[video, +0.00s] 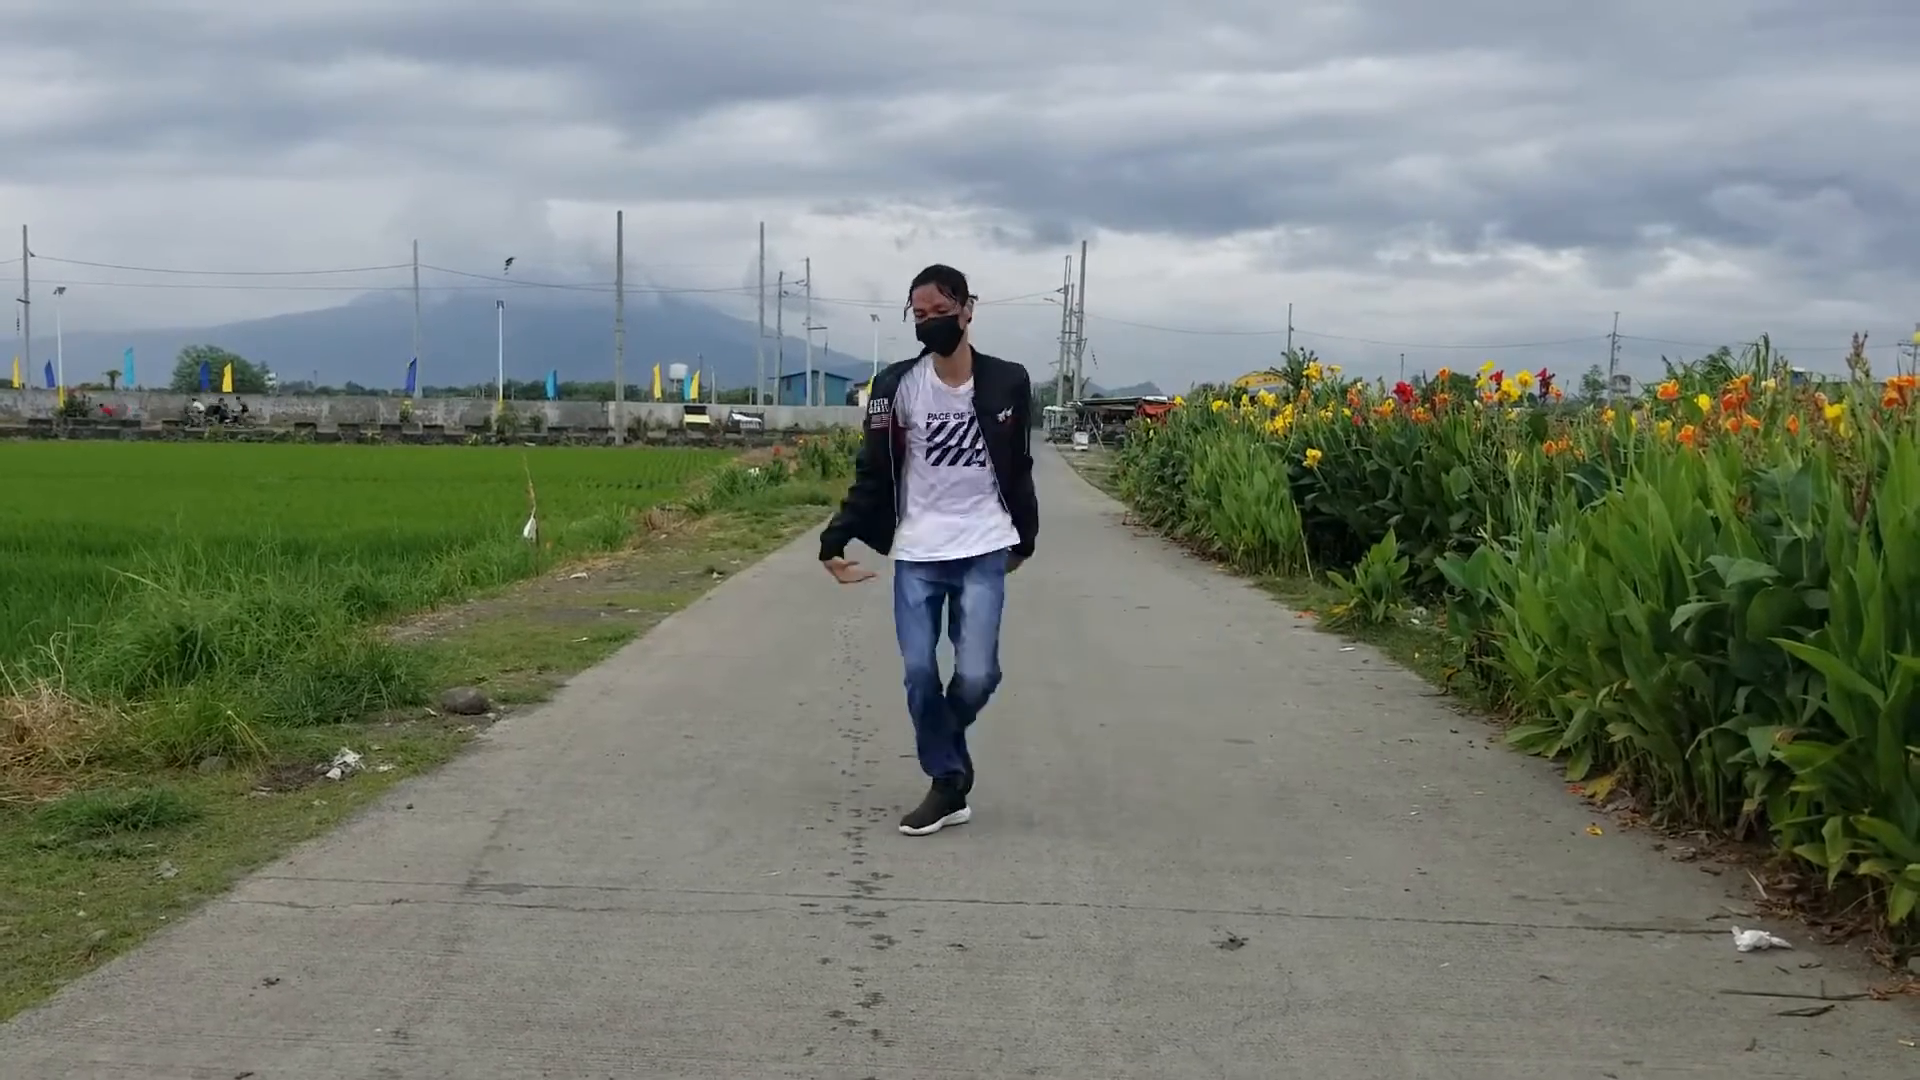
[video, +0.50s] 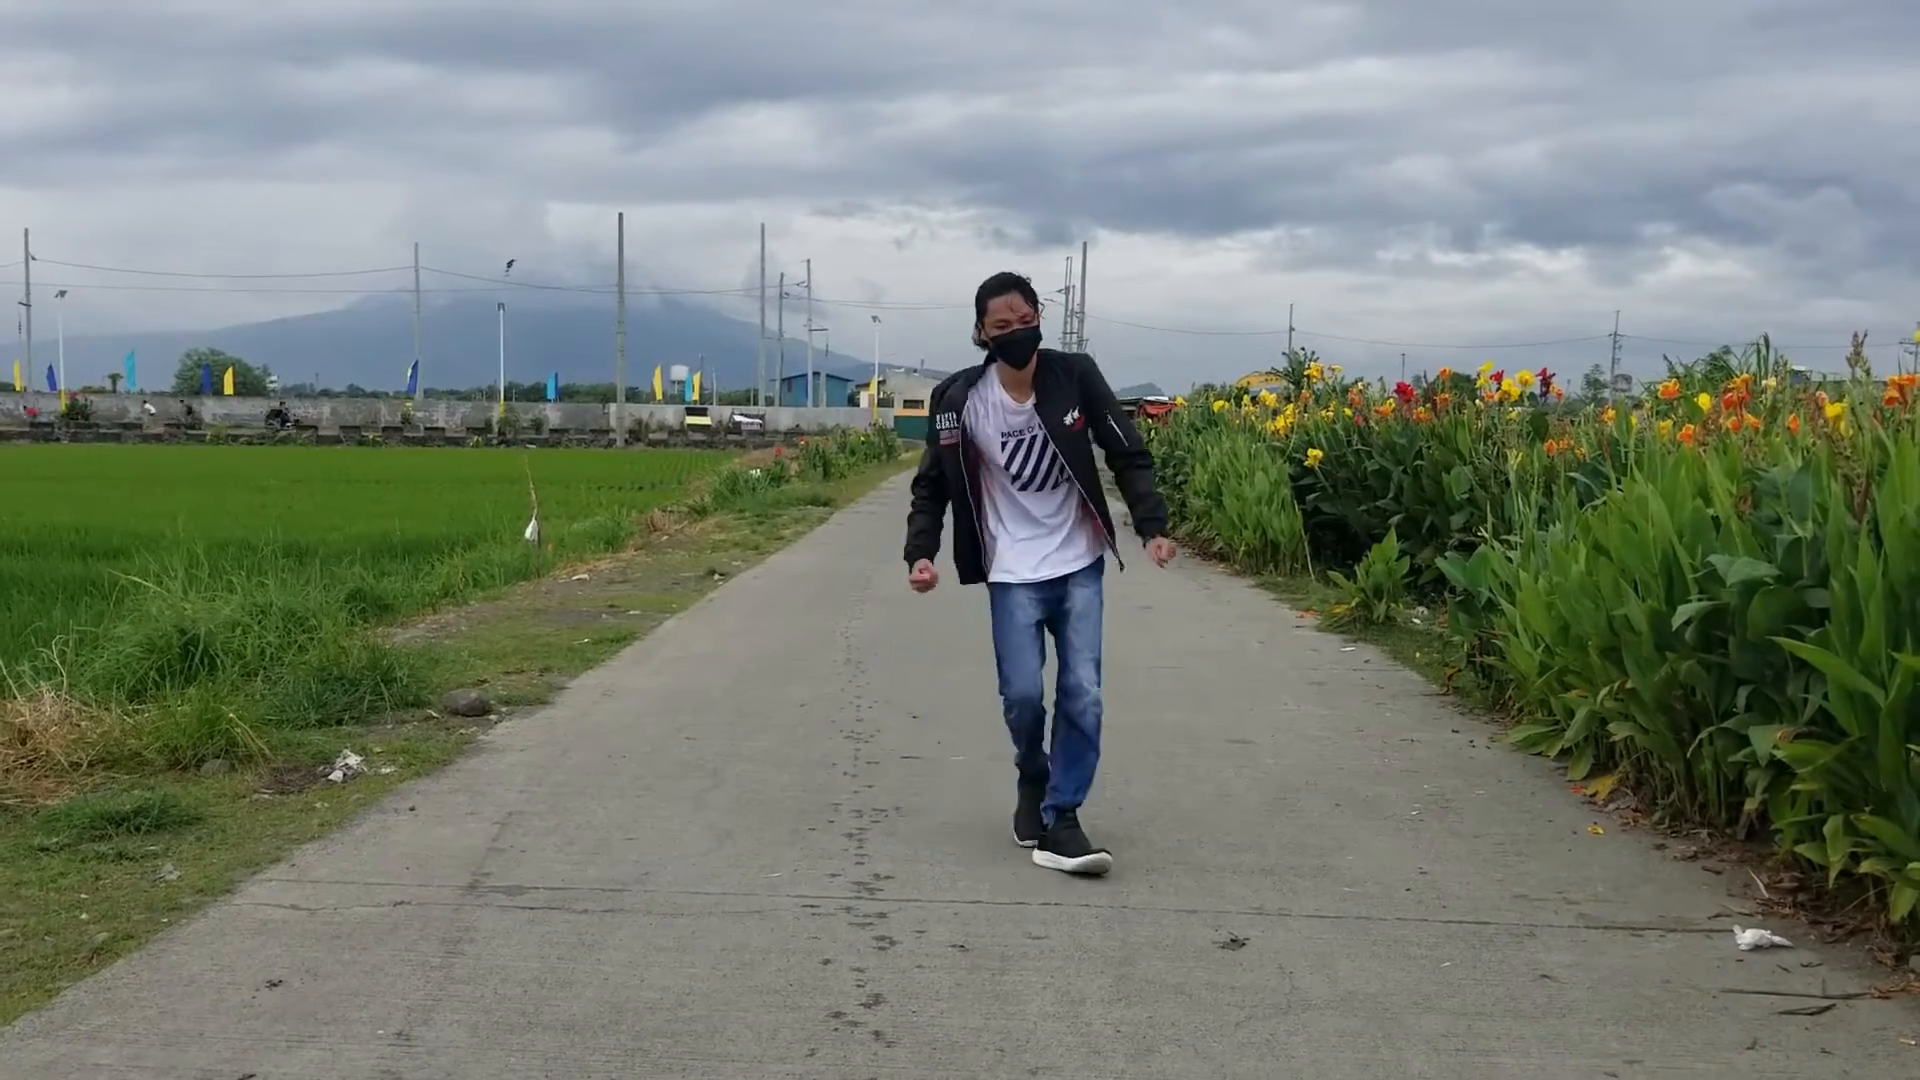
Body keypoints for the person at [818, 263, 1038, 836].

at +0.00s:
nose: (928, 324)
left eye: (938, 312)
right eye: (919, 316)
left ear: (967, 311)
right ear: (912, 320)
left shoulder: (1007, 381)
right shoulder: (894, 386)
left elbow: (1019, 466)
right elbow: (873, 476)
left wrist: (1024, 534)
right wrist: (835, 536)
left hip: (985, 544)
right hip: (916, 547)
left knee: (978, 676)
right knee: (919, 673)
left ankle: (945, 739)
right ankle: (948, 781)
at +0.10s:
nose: (936, 336)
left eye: (946, 324)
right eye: (925, 328)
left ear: (968, 324)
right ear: (915, 335)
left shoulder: (1009, 395)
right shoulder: (900, 402)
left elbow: (1027, 489)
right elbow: (895, 495)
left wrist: (1020, 574)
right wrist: (872, 570)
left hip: (987, 548)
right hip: (921, 552)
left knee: (961, 655)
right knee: (910, 676)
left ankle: (1008, 758)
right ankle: (950, 784)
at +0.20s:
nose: (951, 340)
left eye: (959, 329)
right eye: (938, 334)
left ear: (976, 331)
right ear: (923, 342)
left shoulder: (1014, 397)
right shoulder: (913, 408)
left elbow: (1046, 491)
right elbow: (916, 500)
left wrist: (1035, 586)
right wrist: (903, 576)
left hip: (999, 553)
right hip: (937, 558)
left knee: (965, 672)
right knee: (912, 678)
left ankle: (1030, 803)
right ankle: (952, 789)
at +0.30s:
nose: (969, 334)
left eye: (976, 323)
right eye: (955, 329)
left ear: (992, 325)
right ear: (939, 338)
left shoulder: (1032, 389)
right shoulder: (927, 407)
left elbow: (1080, 480)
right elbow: (932, 498)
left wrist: (1057, 562)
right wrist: (920, 569)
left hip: (1018, 561)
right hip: (952, 565)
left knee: (1002, 688)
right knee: (929, 686)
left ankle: (1028, 817)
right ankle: (953, 787)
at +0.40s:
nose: (991, 325)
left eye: (999, 314)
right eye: (977, 320)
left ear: (1014, 318)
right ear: (959, 332)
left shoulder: (1052, 376)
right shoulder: (943, 400)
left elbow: (1104, 459)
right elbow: (941, 491)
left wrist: (1102, 535)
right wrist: (924, 557)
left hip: (1055, 557)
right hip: (985, 563)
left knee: (1055, 688)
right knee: (973, 688)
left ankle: (1055, 818)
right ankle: (971, 782)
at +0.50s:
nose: (1018, 324)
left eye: (1025, 313)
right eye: (1003, 319)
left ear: (1039, 317)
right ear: (982, 331)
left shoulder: (1076, 375)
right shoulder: (957, 397)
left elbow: (1128, 453)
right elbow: (932, 481)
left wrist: (1154, 526)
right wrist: (921, 549)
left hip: (1079, 558)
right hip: (1011, 566)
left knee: (1082, 691)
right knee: (1023, 694)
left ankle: (1064, 817)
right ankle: (1032, 780)